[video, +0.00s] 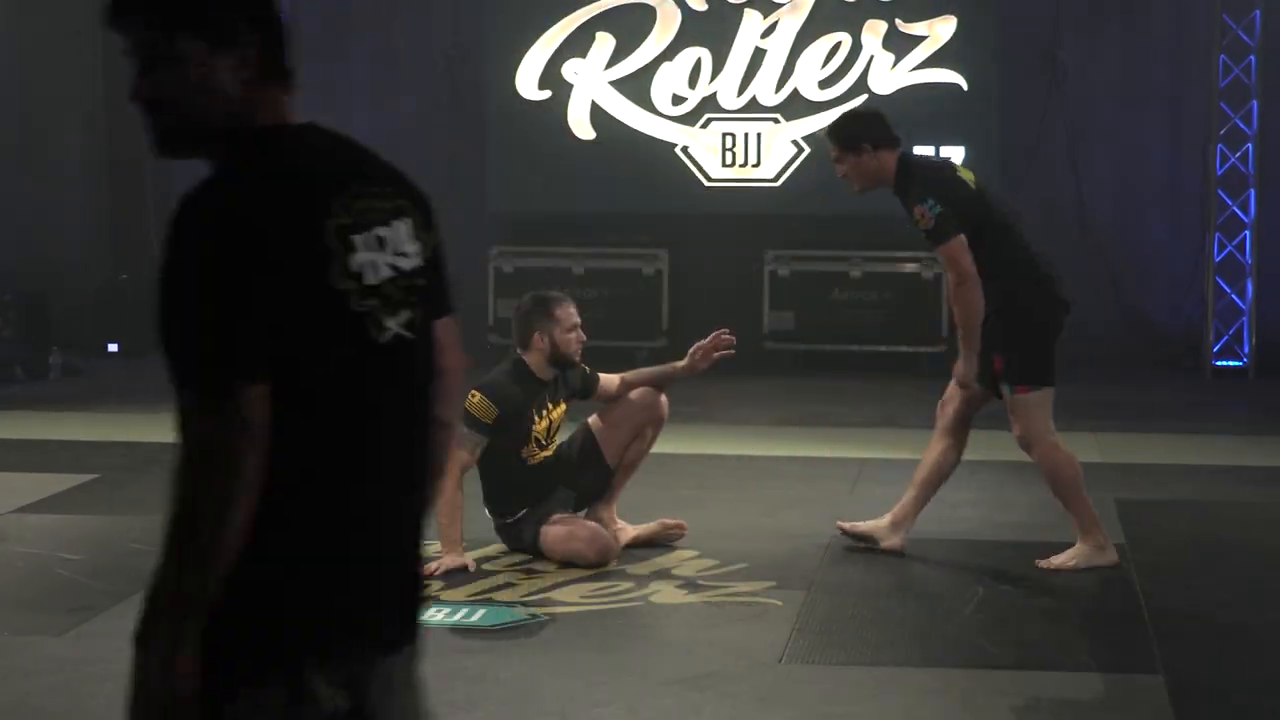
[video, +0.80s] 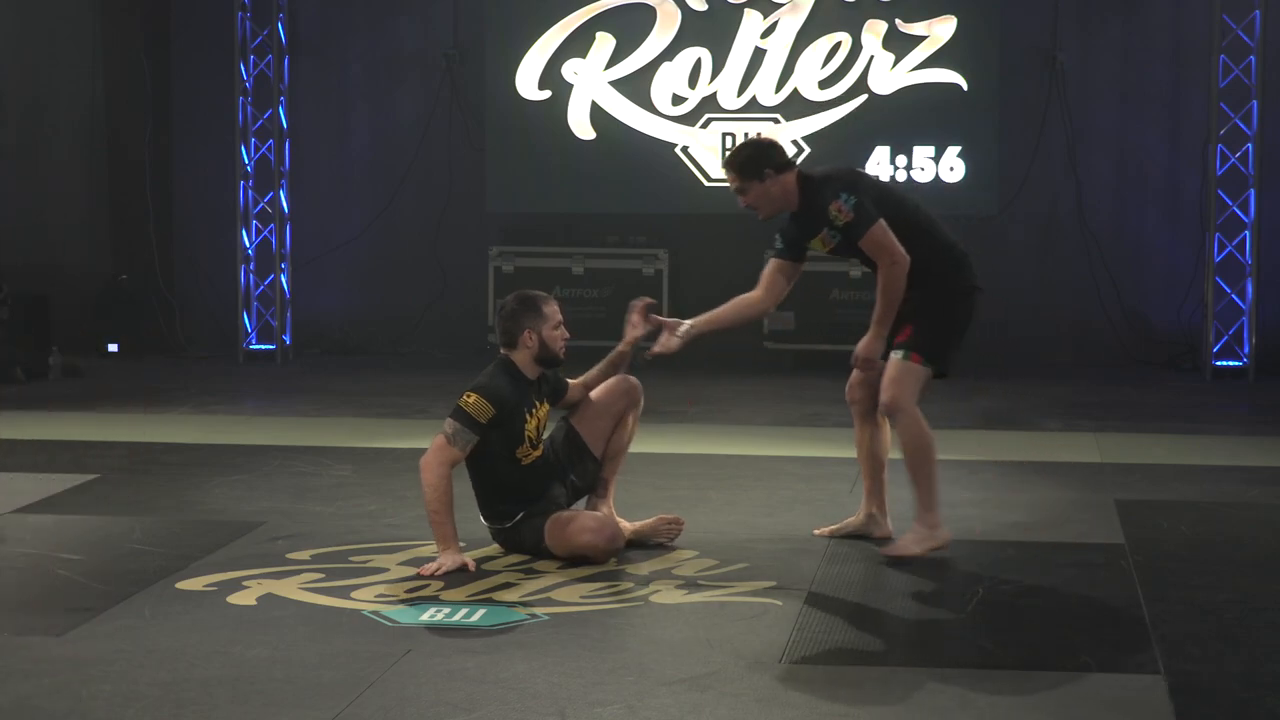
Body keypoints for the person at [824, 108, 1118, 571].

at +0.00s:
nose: (838, 172)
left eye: (841, 160)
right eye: (835, 161)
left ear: (871, 151)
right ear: (875, 152)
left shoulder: (922, 187)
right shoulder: (920, 178)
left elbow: (965, 276)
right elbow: (963, 269)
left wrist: (968, 358)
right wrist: (966, 348)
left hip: (1027, 308)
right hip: (1002, 306)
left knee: (1033, 433)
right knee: (952, 416)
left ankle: (1096, 542)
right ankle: (896, 525)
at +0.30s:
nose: (850, 154)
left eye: (851, 142)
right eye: (846, 144)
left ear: (878, 131)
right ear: (880, 131)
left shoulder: (933, 166)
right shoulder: (919, 170)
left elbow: (975, 252)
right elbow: (935, 253)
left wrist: (983, 326)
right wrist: (904, 317)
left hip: (1027, 297)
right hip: (990, 297)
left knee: (1050, 420)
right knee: (937, 399)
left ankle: (1097, 540)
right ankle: (905, 513)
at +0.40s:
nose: (833, 156)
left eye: (836, 144)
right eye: (830, 147)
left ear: (864, 135)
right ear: (865, 137)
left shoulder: (918, 170)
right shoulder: (900, 178)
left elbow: (959, 252)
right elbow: (910, 264)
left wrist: (964, 330)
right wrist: (868, 326)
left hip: (1008, 302)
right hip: (972, 304)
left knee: (1041, 422)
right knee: (916, 402)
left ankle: (1096, 539)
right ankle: (884, 515)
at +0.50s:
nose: (810, 167)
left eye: (811, 155)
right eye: (806, 158)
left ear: (839, 144)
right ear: (840, 147)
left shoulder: (891, 174)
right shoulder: (874, 189)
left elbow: (938, 253)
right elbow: (878, 278)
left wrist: (942, 334)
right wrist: (827, 332)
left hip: (985, 303)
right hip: (949, 307)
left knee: (1015, 423)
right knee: (889, 394)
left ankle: (1089, 534)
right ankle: (877, 516)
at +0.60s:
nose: (783, 179)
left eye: (785, 167)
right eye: (779, 170)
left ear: (814, 154)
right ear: (812, 156)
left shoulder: (867, 180)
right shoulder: (844, 200)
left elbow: (918, 255)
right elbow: (838, 288)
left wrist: (921, 333)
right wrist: (781, 336)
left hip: (968, 297)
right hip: (932, 299)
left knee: (966, 422)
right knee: (876, 394)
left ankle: (1061, 514)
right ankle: (876, 515)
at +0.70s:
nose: (759, 190)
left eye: (760, 179)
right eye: (755, 182)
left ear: (790, 166)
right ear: (789, 167)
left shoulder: (849, 186)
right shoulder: (819, 213)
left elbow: (906, 255)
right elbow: (798, 294)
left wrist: (898, 331)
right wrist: (731, 334)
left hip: (954, 291)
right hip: (918, 297)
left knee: (924, 408)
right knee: (867, 393)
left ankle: (1005, 511)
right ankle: (874, 515)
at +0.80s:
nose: (741, 203)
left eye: (743, 191)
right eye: (737, 194)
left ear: (771, 177)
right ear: (766, 182)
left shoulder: (834, 193)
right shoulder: (796, 222)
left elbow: (895, 261)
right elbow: (765, 296)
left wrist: (875, 335)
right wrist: (689, 326)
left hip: (943, 284)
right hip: (906, 288)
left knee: (896, 397)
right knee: (861, 392)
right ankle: (874, 515)